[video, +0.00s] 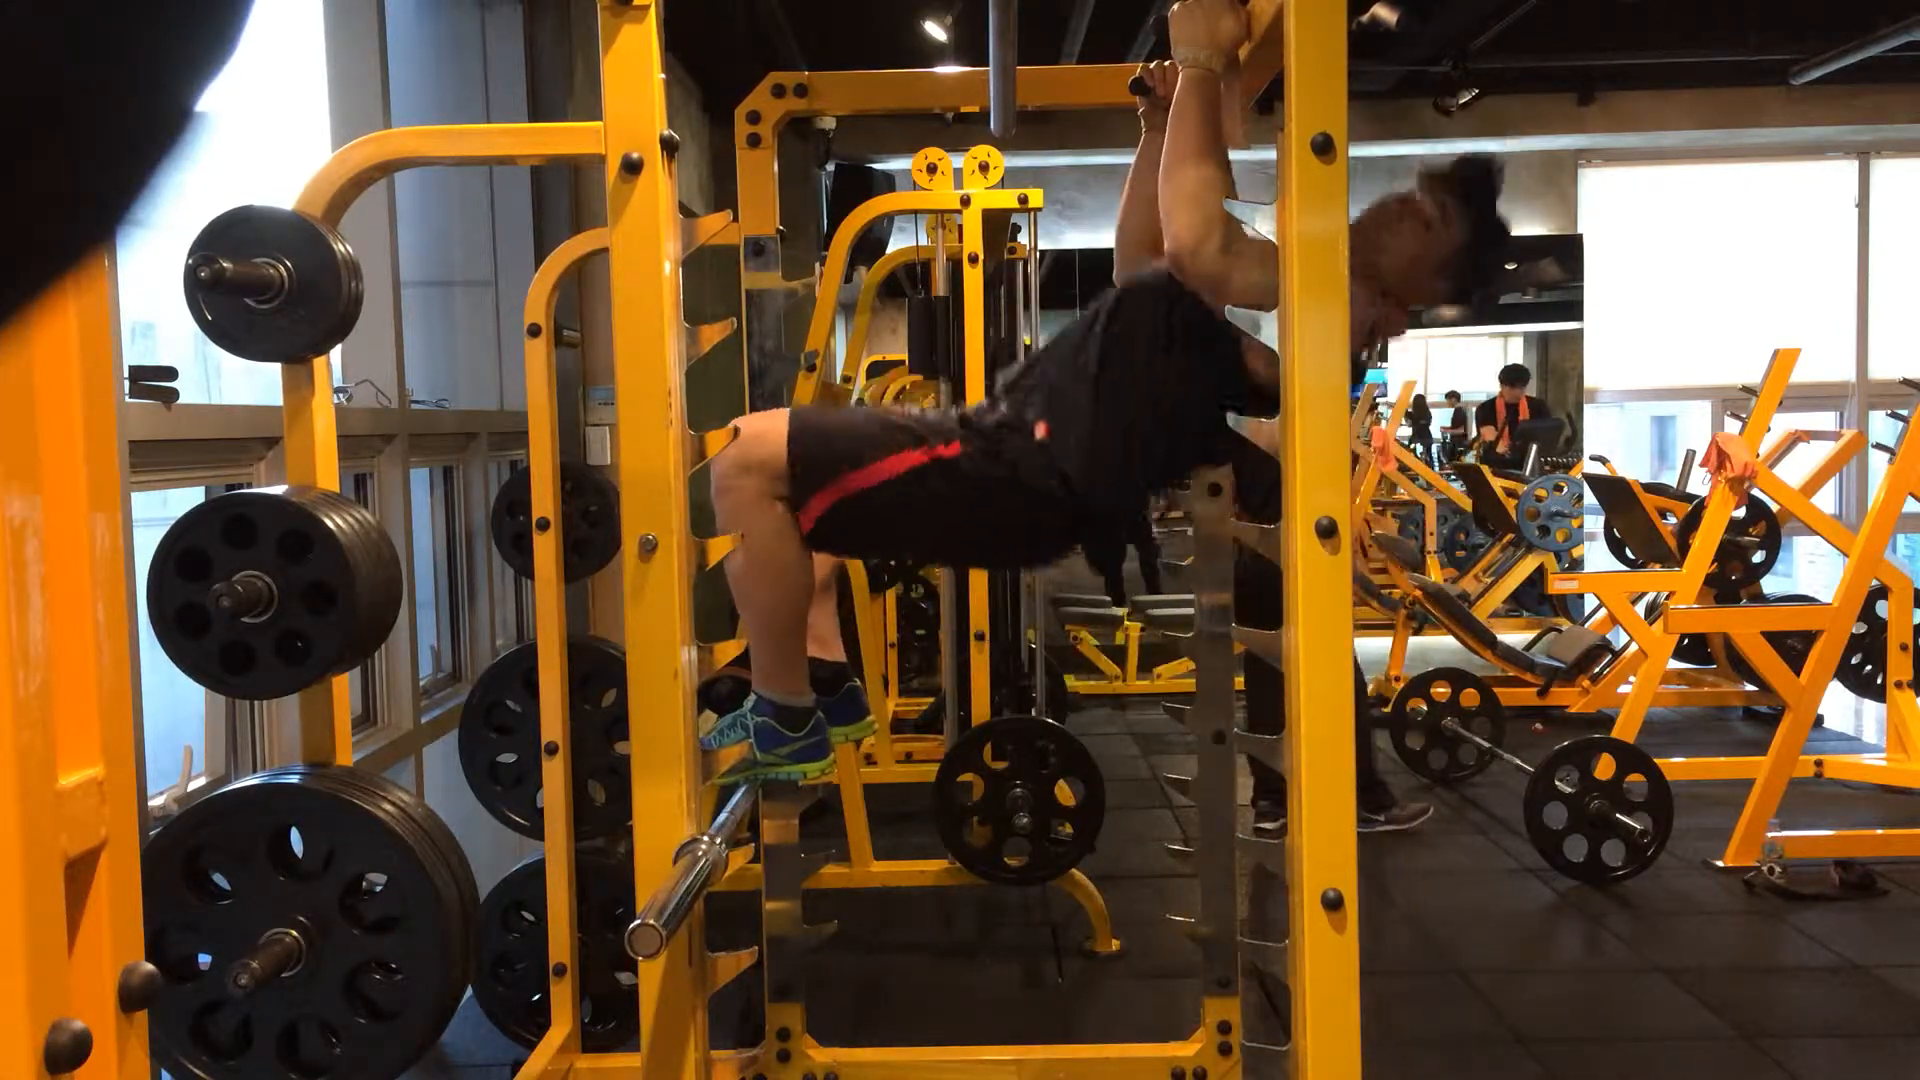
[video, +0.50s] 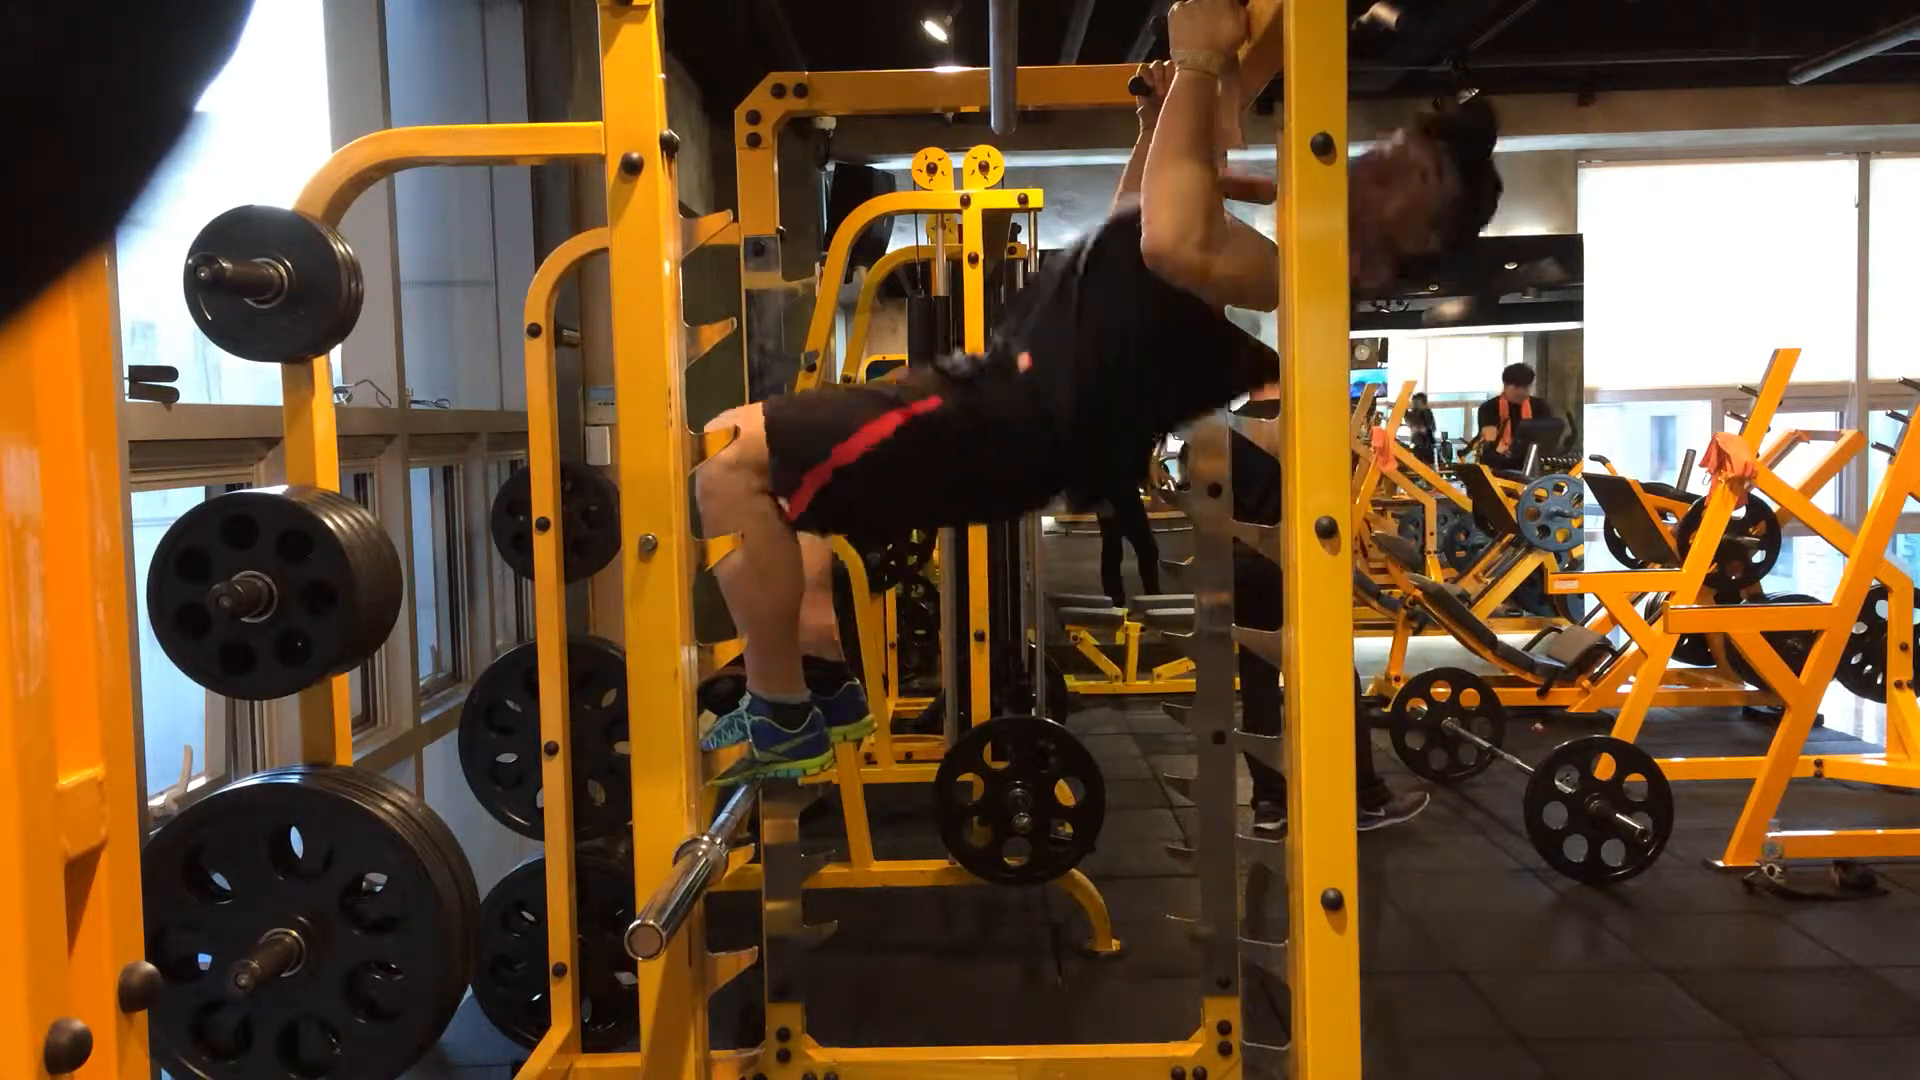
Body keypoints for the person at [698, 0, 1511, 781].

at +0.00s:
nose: (1390, 207)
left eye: (1413, 214)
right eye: (1403, 200)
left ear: (1429, 274)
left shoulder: (1345, 311)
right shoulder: (1316, 319)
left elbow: (1206, 260)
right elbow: (1142, 277)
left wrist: (1209, 69)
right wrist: (1157, 126)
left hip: (1036, 478)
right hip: (1026, 439)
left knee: (748, 469)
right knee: (772, 438)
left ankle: (783, 719)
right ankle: (819, 671)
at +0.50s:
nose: (1376, 158)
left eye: (1403, 171)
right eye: (1391, 147)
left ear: (1415, 237)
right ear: (1369, 158)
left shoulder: (1326, 277)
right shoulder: (1310, 227)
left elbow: (1179, 244)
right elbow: (1142, 210)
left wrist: (1208, 66)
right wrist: (1187, 92)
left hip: (1020, 421)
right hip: (1007, 382)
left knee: (733, 474)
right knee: (746, 433)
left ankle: (782, 715)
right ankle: (822, 672)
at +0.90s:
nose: (1365, 153)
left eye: (1389, 164)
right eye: (1380, 145)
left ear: (1391, 253)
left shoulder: (1331, 283)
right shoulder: (1303, 267)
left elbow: (1187, 246)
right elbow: (1139, 247)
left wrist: (1204, 65)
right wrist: (1173, 106)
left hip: (1024, 454)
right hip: (1011, 423)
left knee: (739, 465)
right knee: (758, 439)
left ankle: (781, 713)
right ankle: (825, 673)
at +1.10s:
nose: (1318, 235)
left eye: (1351, 235)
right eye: (1341, 223)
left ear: (1381, 291)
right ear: (1365, 280)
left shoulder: (1302, 383)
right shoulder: (1256, 340)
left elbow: (1187, 262)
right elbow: (1134, 277)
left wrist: (1199, 73)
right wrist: (1158, 126)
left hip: (1017, 543)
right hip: (1003, 499)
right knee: (762, 440)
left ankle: (780, 713)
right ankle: (826, 675)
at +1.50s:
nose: (1352, 178)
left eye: (1378, 179)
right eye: (1367, 169)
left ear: (1397, 223)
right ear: (1379, 216)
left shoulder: (1316, 290)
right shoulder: (1306, 297)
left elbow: (1179, 245)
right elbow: (1140, 242)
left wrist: (1203, 69)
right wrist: (1176, 97)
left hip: (1003, 464)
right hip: (1010, 444)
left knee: (731, 475)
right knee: (749, 435)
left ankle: (780, 713)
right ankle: (821, 669)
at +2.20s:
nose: (1337, 282)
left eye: (1355, 277)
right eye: (1349, 274)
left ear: (1366, 308)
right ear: (1362, 318)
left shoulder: (1296, 398)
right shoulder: (1256, 368)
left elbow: (1199, 258)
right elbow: (1147, 278)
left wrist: (1205, 74)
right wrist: (1155, 132)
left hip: (1015, 552)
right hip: (1007, 514)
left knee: (744, 466)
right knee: (775, 441)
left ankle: (784, 712)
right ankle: (822, 668)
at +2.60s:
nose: (1353, 251)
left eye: (1376, 256)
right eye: (1368, 246)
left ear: (1391, 300)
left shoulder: (1329, 376)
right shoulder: (1310, 337)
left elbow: (1192, 269)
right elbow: (1139, 266)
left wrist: (1207, 70)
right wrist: (1169, 105)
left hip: (1019, 488)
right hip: (1008, 447)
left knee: (725, 487)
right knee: (729, 439)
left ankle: (776, 712)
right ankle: (821, 670)